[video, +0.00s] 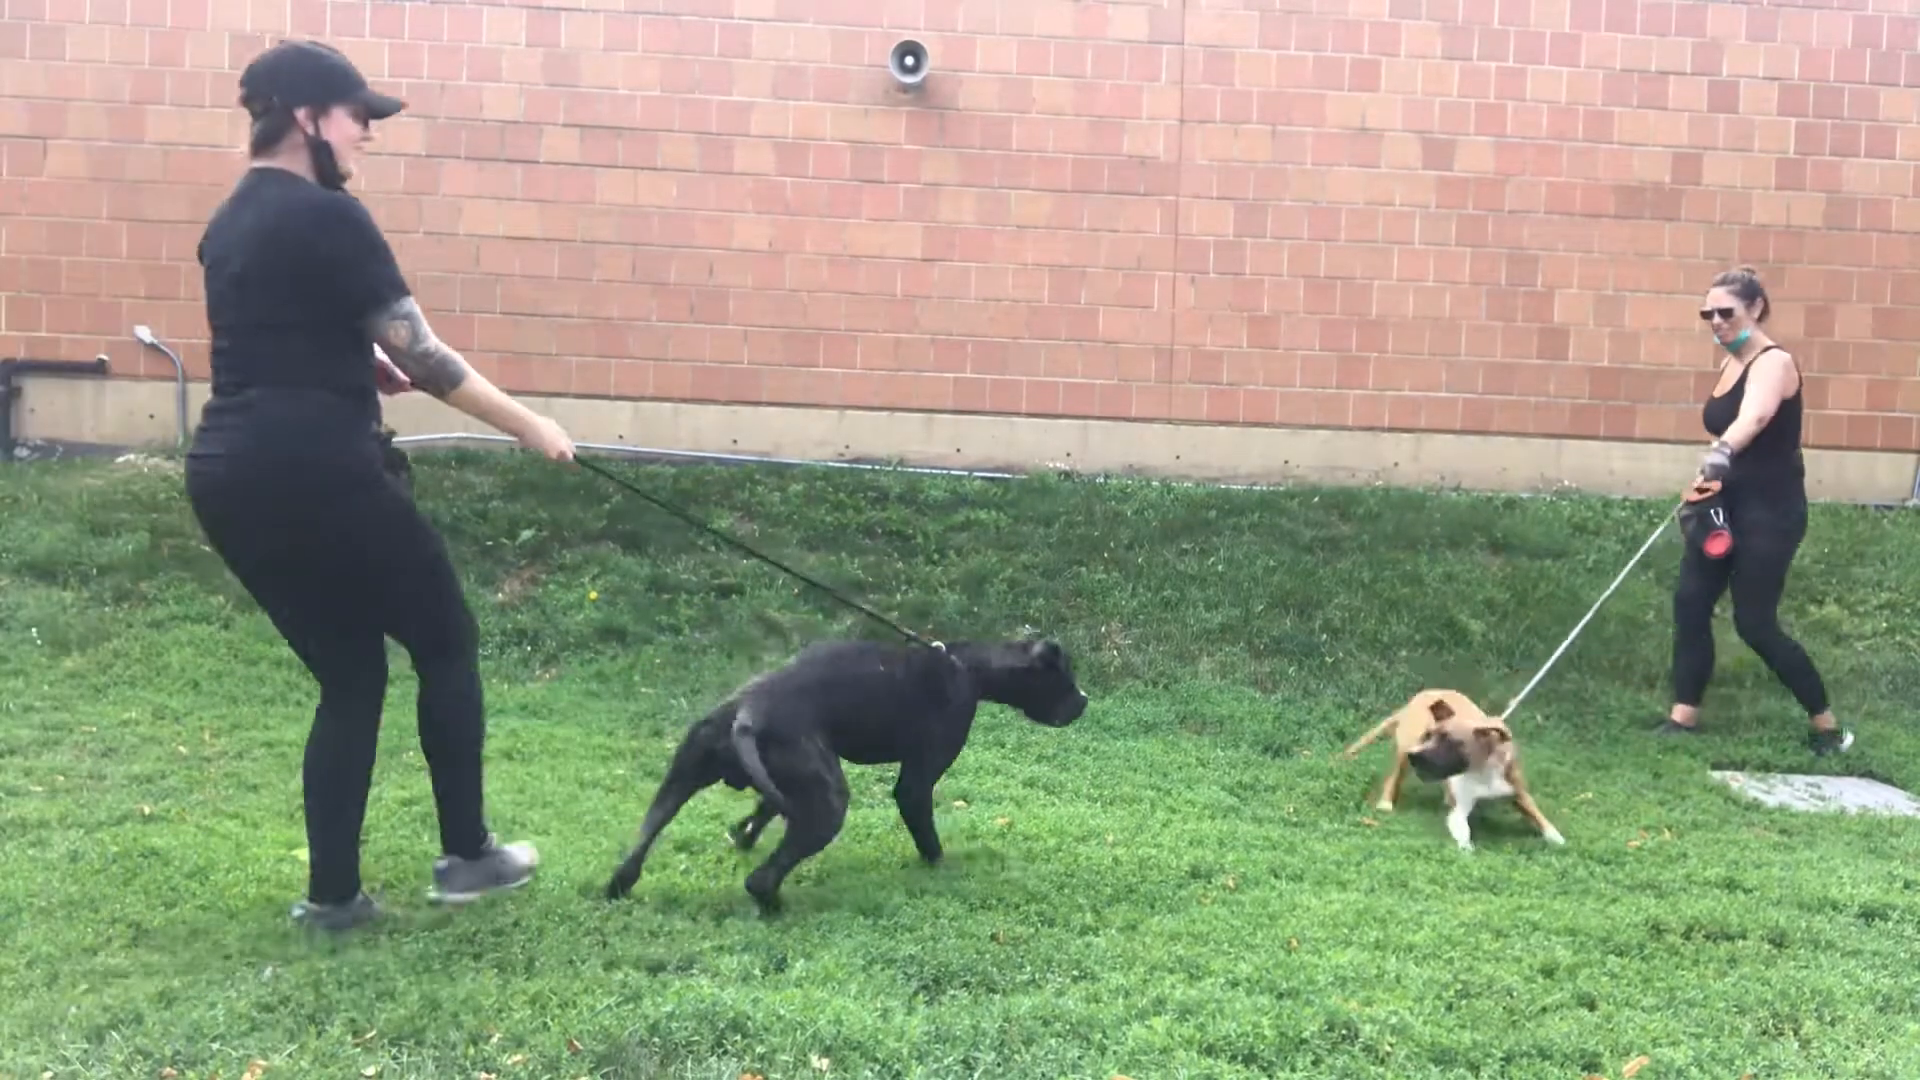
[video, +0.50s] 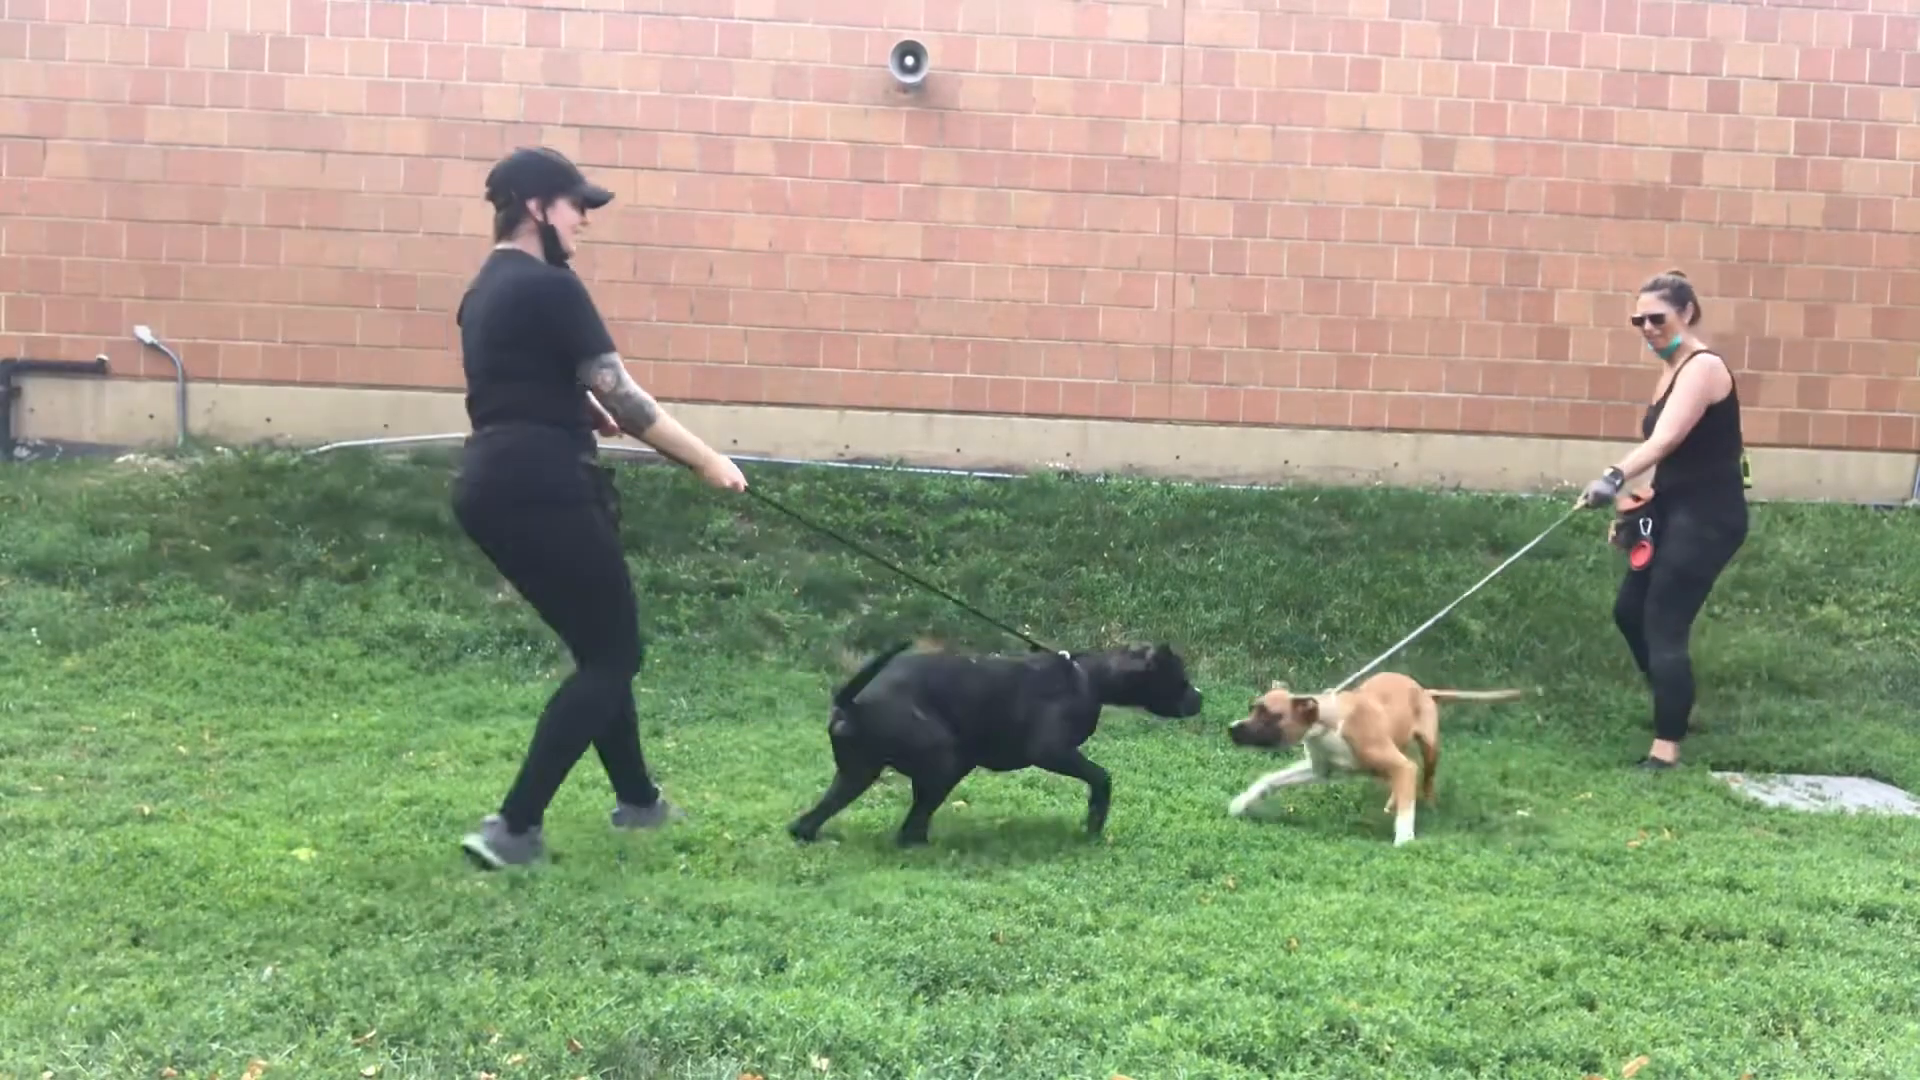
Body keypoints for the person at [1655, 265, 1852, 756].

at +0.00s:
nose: (1715, 323)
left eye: (1724, 313)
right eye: (1709, 315)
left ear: (1755, 309)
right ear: (1707, 316)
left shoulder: (1774, 362)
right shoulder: (1733, 363)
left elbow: (1755, 417)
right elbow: (1734, 434)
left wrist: (1720, 451)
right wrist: (1707, 489)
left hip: (1770, 512)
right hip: (1728, 506)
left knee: (1754, 622)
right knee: (1691, 600)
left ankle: (1824, 721)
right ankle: (1684, 715)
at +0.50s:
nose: (1647, 328)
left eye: (1657, 318)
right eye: (1641, 320)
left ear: (1687, 314)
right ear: (1638, 321)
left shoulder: (1702, 369)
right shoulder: (1673, 370)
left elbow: (1665, 439)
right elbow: (1671, 458)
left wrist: (1614, 475)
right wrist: (1640, 510)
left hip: (1707, 516)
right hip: (1674, 513)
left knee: (1665, 623)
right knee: (1631, 612)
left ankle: (1665, 749)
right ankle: (1677, 711)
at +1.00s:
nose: (1647, 318)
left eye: (1656, 308)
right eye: (1641, 310)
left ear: (1688, 302)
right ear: (1641, 309)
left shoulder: (1710, 357)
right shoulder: (1676, 356)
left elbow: (1702, 446)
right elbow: (1672, 442)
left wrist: (1630, 471)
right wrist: (1640, 495)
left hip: (1707, 508)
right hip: (1676, 504)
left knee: (1664, 622)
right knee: (1636, 611)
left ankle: (1664, 752)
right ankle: (1699, 716)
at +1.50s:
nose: (1689, 312)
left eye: (1699, 303)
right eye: (1685, 304)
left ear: (1732, 298)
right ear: (1686, 304)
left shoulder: (1761, 357)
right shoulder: (1699, 359)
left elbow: (1750, 440)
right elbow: (1687, 443)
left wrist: (1688, 457)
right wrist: (1656, 504)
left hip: (1742, 500)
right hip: (1700, 496)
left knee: (1686, 604)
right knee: (1683, 605)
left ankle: (1700, 736)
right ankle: (1710, 719)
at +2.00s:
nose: (1712, 304)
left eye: (1722, 295)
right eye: (1708, 295)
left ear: (1757, 292)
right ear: (1712, 296)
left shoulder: (1775, 353)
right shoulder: (1731, 349)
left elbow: (1710, 424)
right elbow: (1722, 434)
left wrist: (1642, 457)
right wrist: (1704, 491)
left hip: (1770, 502)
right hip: (1723, 495)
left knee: (1749, 615)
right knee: (1708, 610)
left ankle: (1770, 755)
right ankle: (1708, 729)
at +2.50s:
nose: (1742, 294)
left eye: (1752, 284)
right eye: (1738, 284)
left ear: (1792, 277)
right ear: (1739, 281)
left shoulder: (1816, 344)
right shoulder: (1750, 336)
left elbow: (1750, 412)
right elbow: (1743, 422)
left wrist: (1677, 451)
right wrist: (1704, 481)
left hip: (1809, 501)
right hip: (1751, 493)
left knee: (1778, 619)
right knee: (1718, 611)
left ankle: (1774, 759)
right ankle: (1718, 744)